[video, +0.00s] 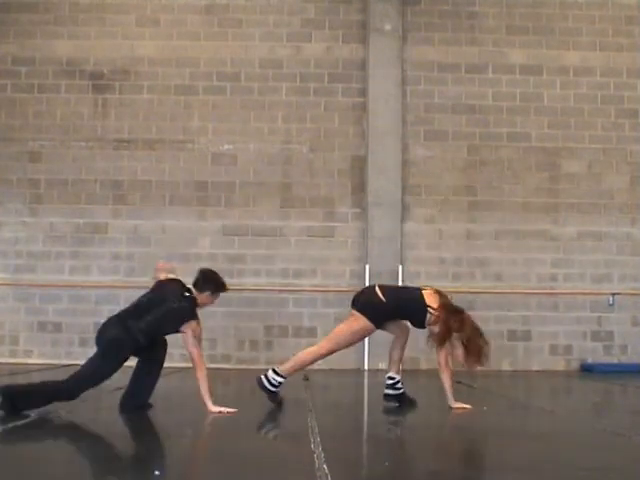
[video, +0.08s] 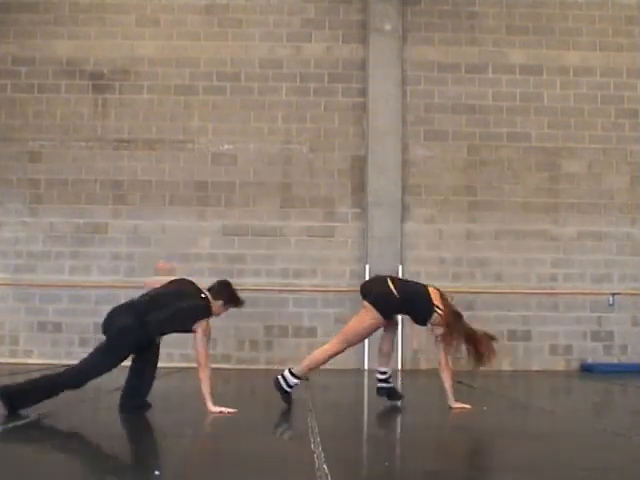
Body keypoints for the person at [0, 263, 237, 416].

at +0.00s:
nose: (214, 302)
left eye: (216, 297)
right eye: (215, 297)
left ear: (197, 284)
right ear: (206, 295)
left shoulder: (171, 282)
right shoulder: (190, 318)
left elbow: (160, 270)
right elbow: (197, 363)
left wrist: (166, 268)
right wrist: (209, 404)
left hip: (112, 327)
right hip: (120, 342)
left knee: (158, 347)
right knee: (72, 388)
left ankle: (133, 402)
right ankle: (10, 397)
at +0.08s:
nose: (224, 313)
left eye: (227, 309)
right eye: (226, 309)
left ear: (211, 291)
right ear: (219, 303)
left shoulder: (185, 284)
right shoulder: (202, 319)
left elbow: (149, 286)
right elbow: (203, 365)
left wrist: (161, 274)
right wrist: (210, 404)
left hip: (119, 316)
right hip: (133, 333)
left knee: (152, 346)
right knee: (79, 375)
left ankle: (133, 402)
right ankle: (11, 397)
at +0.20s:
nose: (223, 318)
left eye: (226, 315)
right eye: (226, 315)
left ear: (219, 291)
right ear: (225, 309)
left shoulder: (194, 279)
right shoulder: (211, 316)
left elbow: (154, 269)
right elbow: (207, 363)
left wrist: (148, 289)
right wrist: (211, 405)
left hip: (128, 299)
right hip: (141, 321)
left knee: (132, 332)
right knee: (85, 363)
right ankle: (25, 393)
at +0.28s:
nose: (227, 317)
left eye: (229, 313)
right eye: (230, 314)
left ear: (221, 290)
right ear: (229, 310)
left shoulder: (198, 280)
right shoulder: (216, 317)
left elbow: (154, 270)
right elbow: (212, 364)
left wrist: (133, 295)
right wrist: (210, 404)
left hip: (140, 299)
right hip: (151, 327)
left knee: (99, 314)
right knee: (95, 363)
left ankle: (57, 330)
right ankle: (33, 395)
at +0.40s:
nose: (232, 311)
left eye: (233, 306)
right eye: (234, 308)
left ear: (222, 286)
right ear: (231, 303)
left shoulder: (200, 278)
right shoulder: (221, 320)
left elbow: (157, 266)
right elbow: (214, 364)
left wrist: (123, 284)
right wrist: (211, 404)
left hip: (149, 307)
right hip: (156, 338)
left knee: (96, 280)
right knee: (99, 368)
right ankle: (36, 403)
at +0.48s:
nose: (218, 290)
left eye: (219, 285)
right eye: (224, 293)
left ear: (217, 279)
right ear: (228, 299)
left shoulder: (198, 277)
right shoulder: (218, 320)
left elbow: (160, 267)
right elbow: (213, 365)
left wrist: (128, 286)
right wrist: (210, 404)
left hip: (151, 317)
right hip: (159, 345)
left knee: (106, 283)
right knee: (97, 374)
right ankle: (36, 404)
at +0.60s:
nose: (188, 273)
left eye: (190, 272)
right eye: (191, 273)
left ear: (195, 276)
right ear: (208, 286)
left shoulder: (185, 278)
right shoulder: (203, 310)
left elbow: (173, 280)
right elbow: (208, 357)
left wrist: (152, 307)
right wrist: (212, 400)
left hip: (154, 348)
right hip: (171, 358)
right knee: (97, 384)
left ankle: (192, 399)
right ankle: (34, 407)